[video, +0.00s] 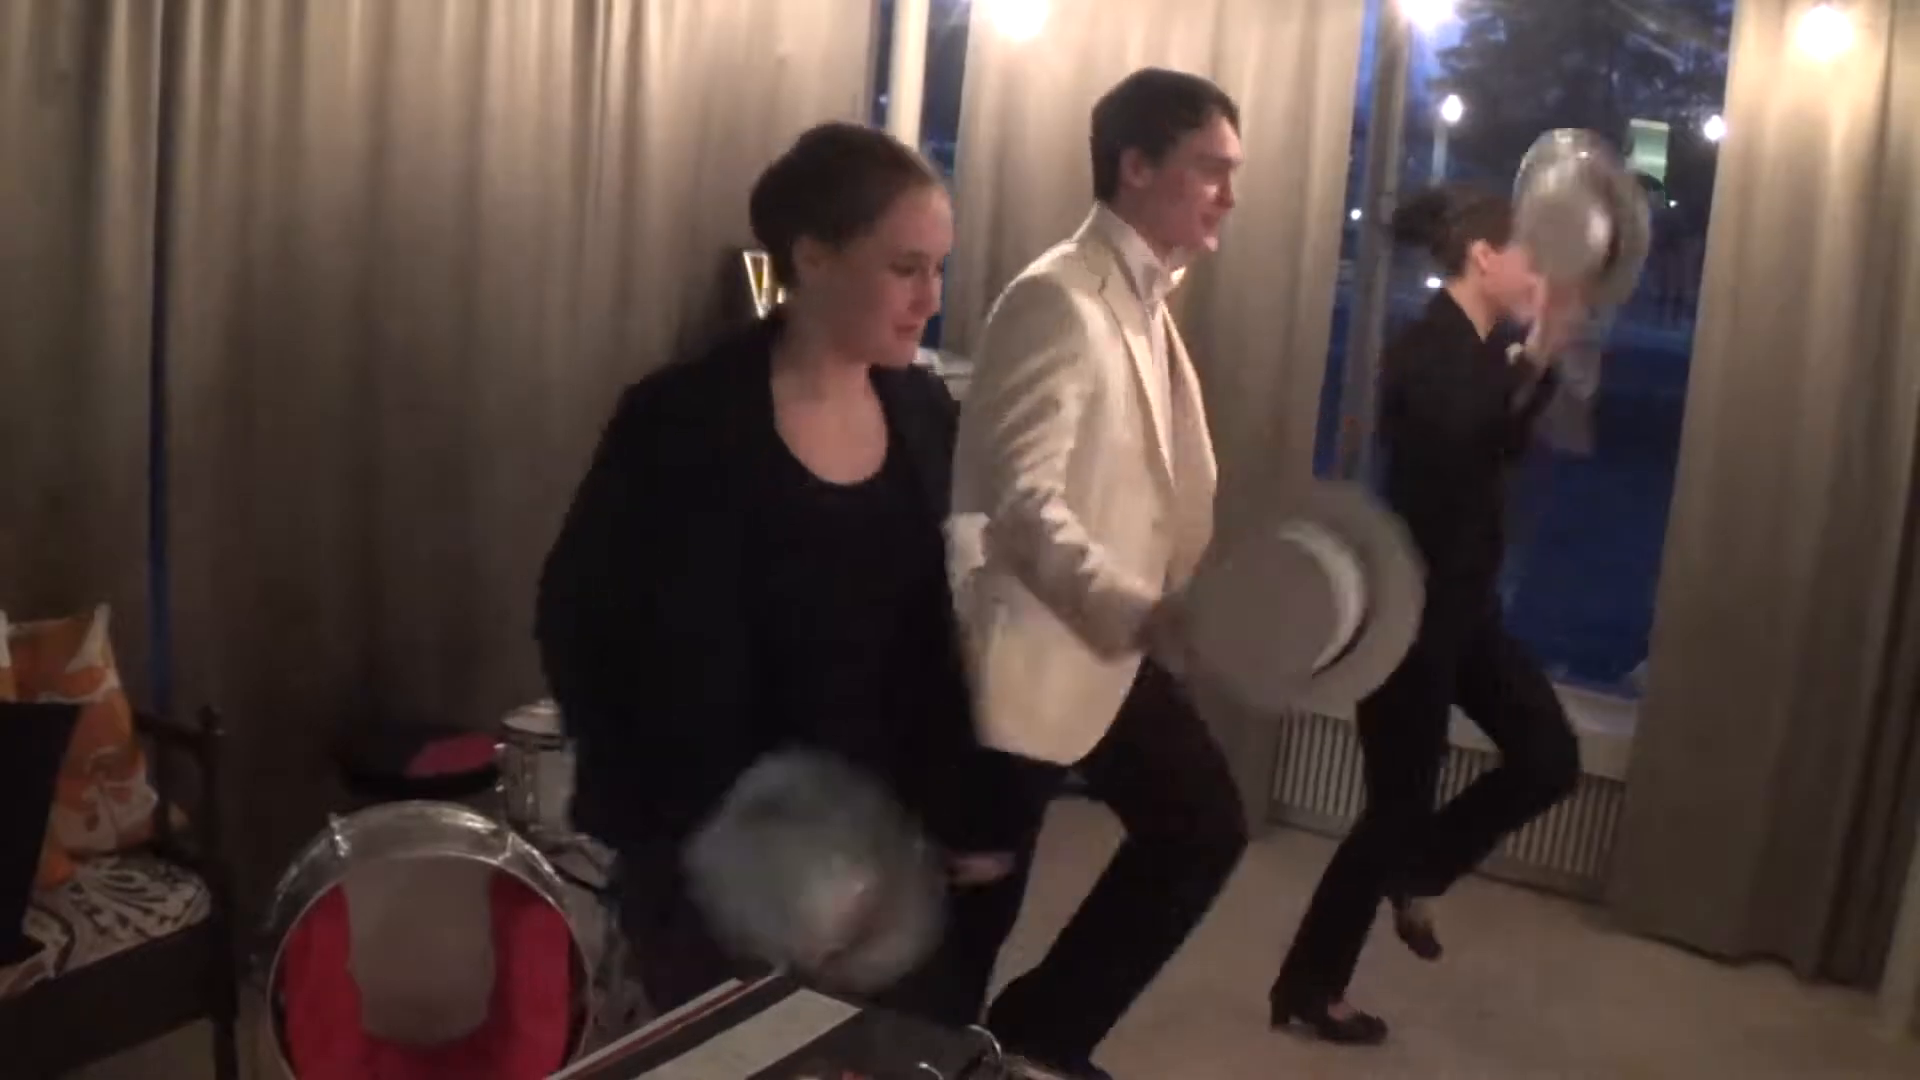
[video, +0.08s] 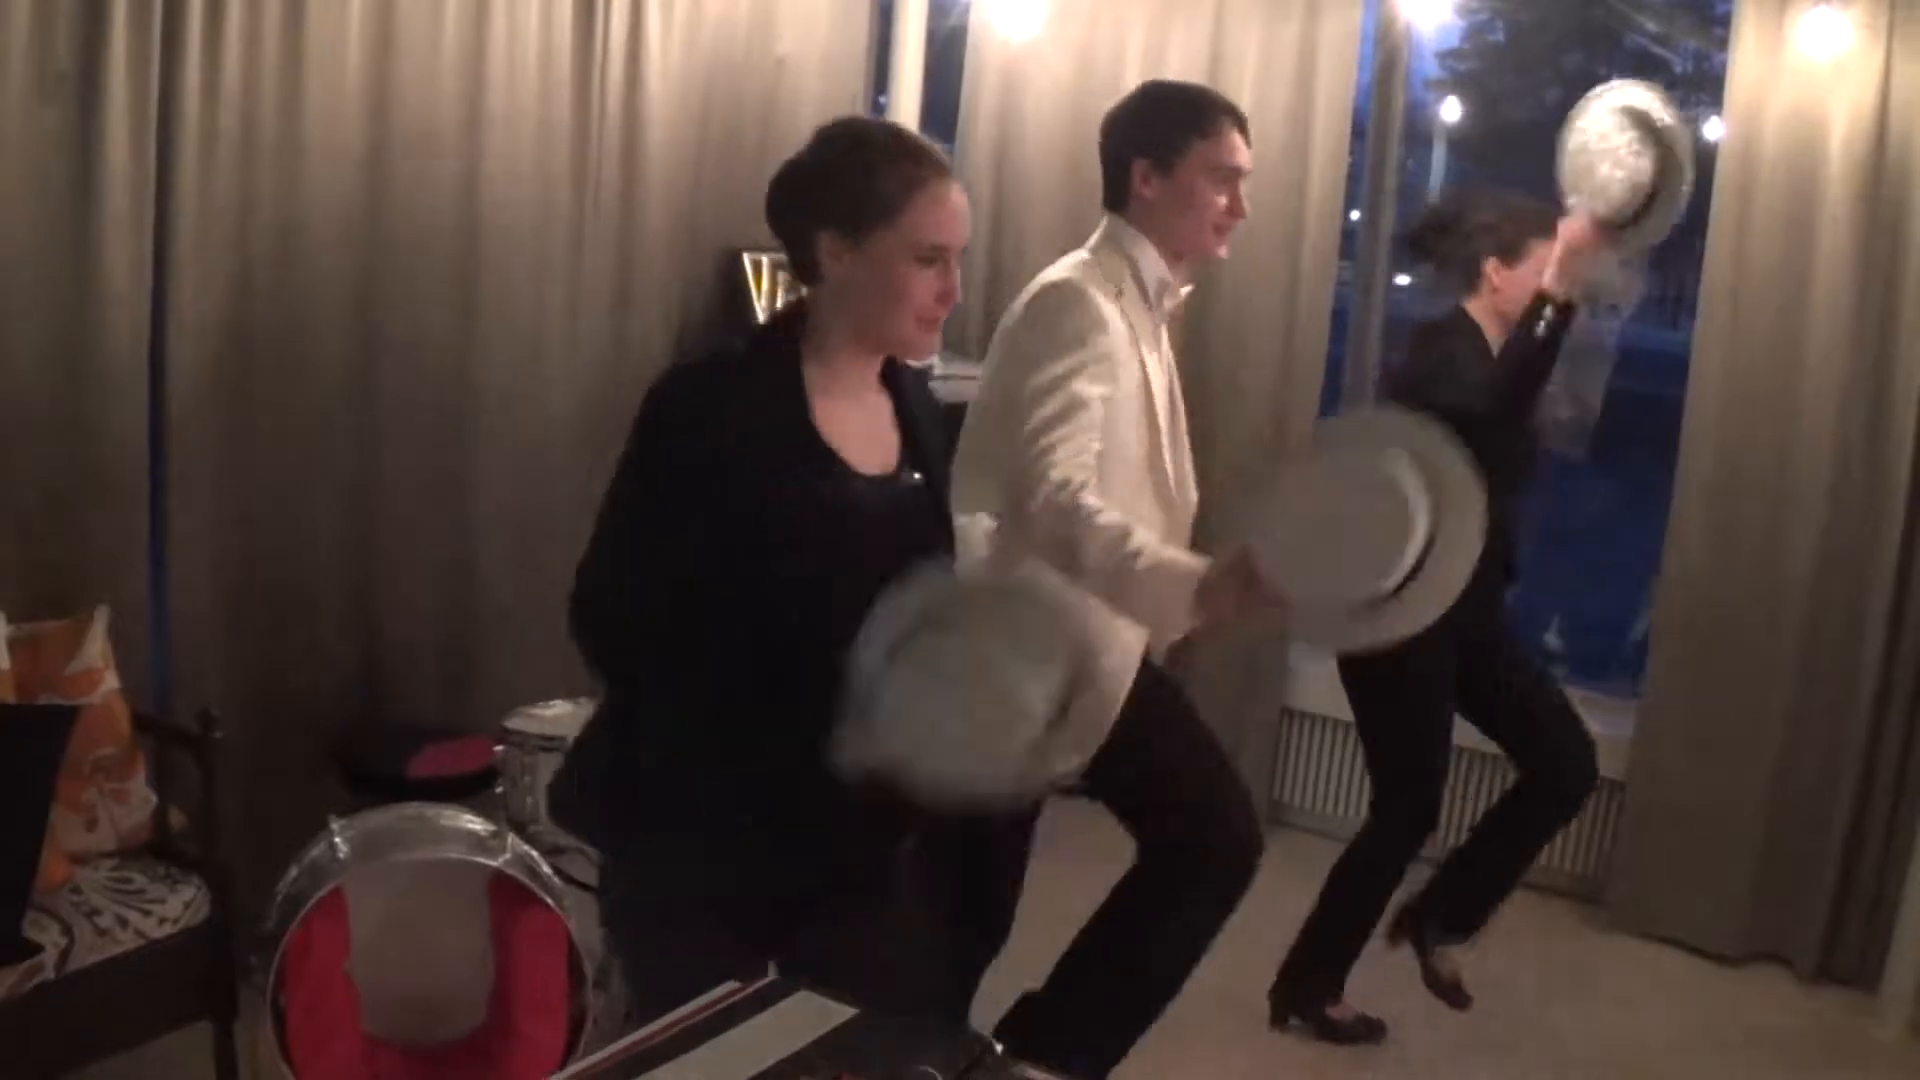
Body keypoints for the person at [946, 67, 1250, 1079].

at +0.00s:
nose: (1230, 193)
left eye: (1233, 172)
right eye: (1211, 169)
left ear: (1166, 181)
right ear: (1133, 170)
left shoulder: (1141, 300)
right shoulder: (1054, 301)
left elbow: (1121, 494)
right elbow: (1020, 509)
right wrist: (1146, 617)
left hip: (1101, 653)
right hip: (1013, 659)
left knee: (1198, 831)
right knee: (978, 891)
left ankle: (1043, 1033)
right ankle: (923, 1056)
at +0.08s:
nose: (1240, 202)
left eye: (1243, 181)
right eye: (1221, 178)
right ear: (1144, 180)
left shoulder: (1139, 308)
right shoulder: (1075, 303)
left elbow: (1116, 496)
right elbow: (1053, 502)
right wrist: (1195, 587)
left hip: (1096, 658)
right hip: (1011, 660)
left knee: (1212, 840)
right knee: (963, 909)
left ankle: (1047, 1053)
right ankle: (909, 1063)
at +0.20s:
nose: (1245, 209)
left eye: (1249, 186)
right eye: (1227, 183)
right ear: (1151, 179)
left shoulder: (1144, 303)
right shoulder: (1099, 308)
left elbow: (1128, 513)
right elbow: (1101, 522)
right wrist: (1274, 542)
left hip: (1100, 681)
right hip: (1011, 688)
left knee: (1168, 908)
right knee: (953, 942)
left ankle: (1064, 1073)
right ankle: (909, 1071)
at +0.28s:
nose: (1247, 212)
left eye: (1253, 190)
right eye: (1231, 185)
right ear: (1153, 179)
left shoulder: (1159, 308)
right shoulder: (1102, 309)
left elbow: (1162, 519)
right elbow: (1134, 519)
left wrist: (1314, 536)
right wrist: (1308, 536)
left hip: (1108, 708)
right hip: (1017, 710)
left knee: (1113, 963)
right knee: (951, 970)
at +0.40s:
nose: (1264, 202)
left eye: (1267, 178)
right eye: (1244, 174)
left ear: (1188, 185)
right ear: (1165, 175)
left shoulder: (1156, 305)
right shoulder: (1119, 311)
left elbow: (1156, 509)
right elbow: (1118, 517)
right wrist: (1309, 559)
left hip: (1120, 689)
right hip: (1079, 698)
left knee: (1107, 938)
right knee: (1107, 945)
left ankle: (1037, 1061)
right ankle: (1040, 1064)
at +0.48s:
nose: (1272, 206)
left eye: (1275, 184)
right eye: (1254, 180)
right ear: (1172, 178)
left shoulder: (1177, 316)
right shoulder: (1107, 318)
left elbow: (1155, 515)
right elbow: (1080, 527)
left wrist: (1259, 583)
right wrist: (1244, 591)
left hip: (1136, 728)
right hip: (1081, 737)